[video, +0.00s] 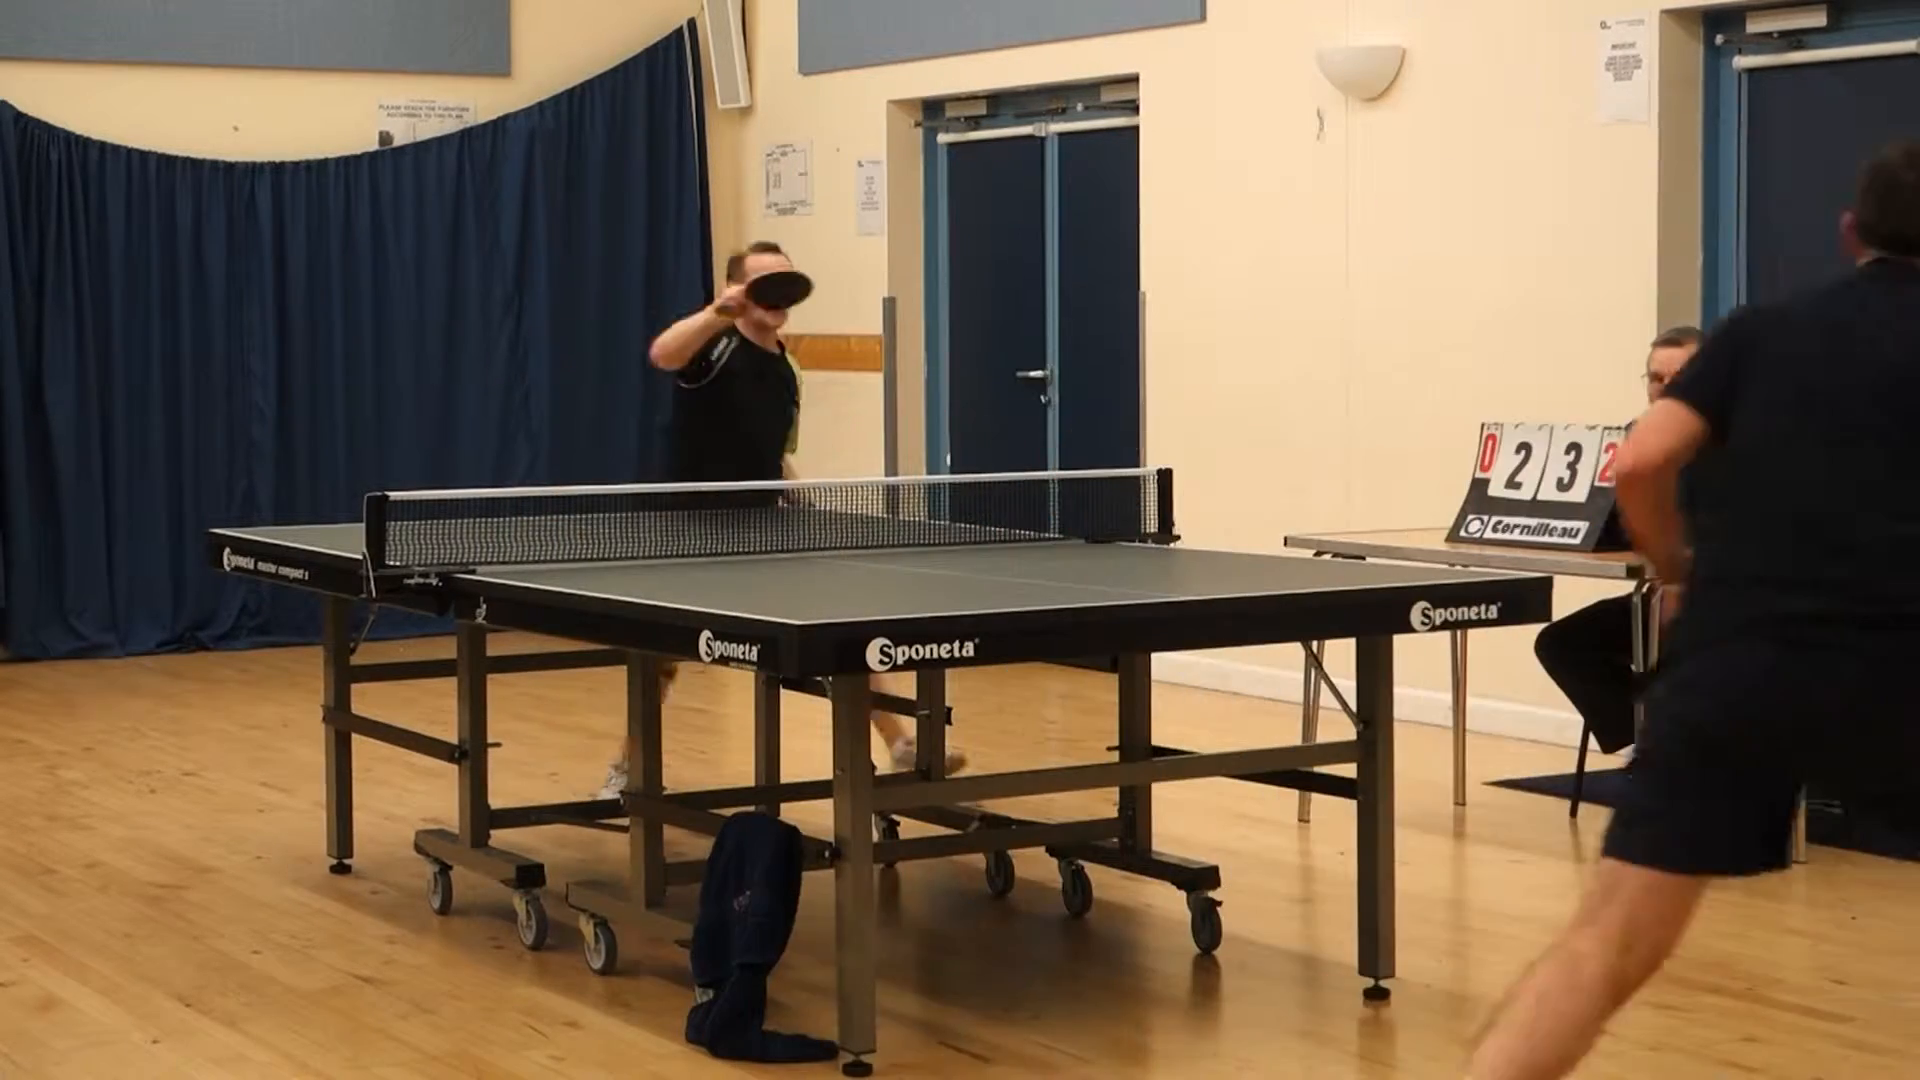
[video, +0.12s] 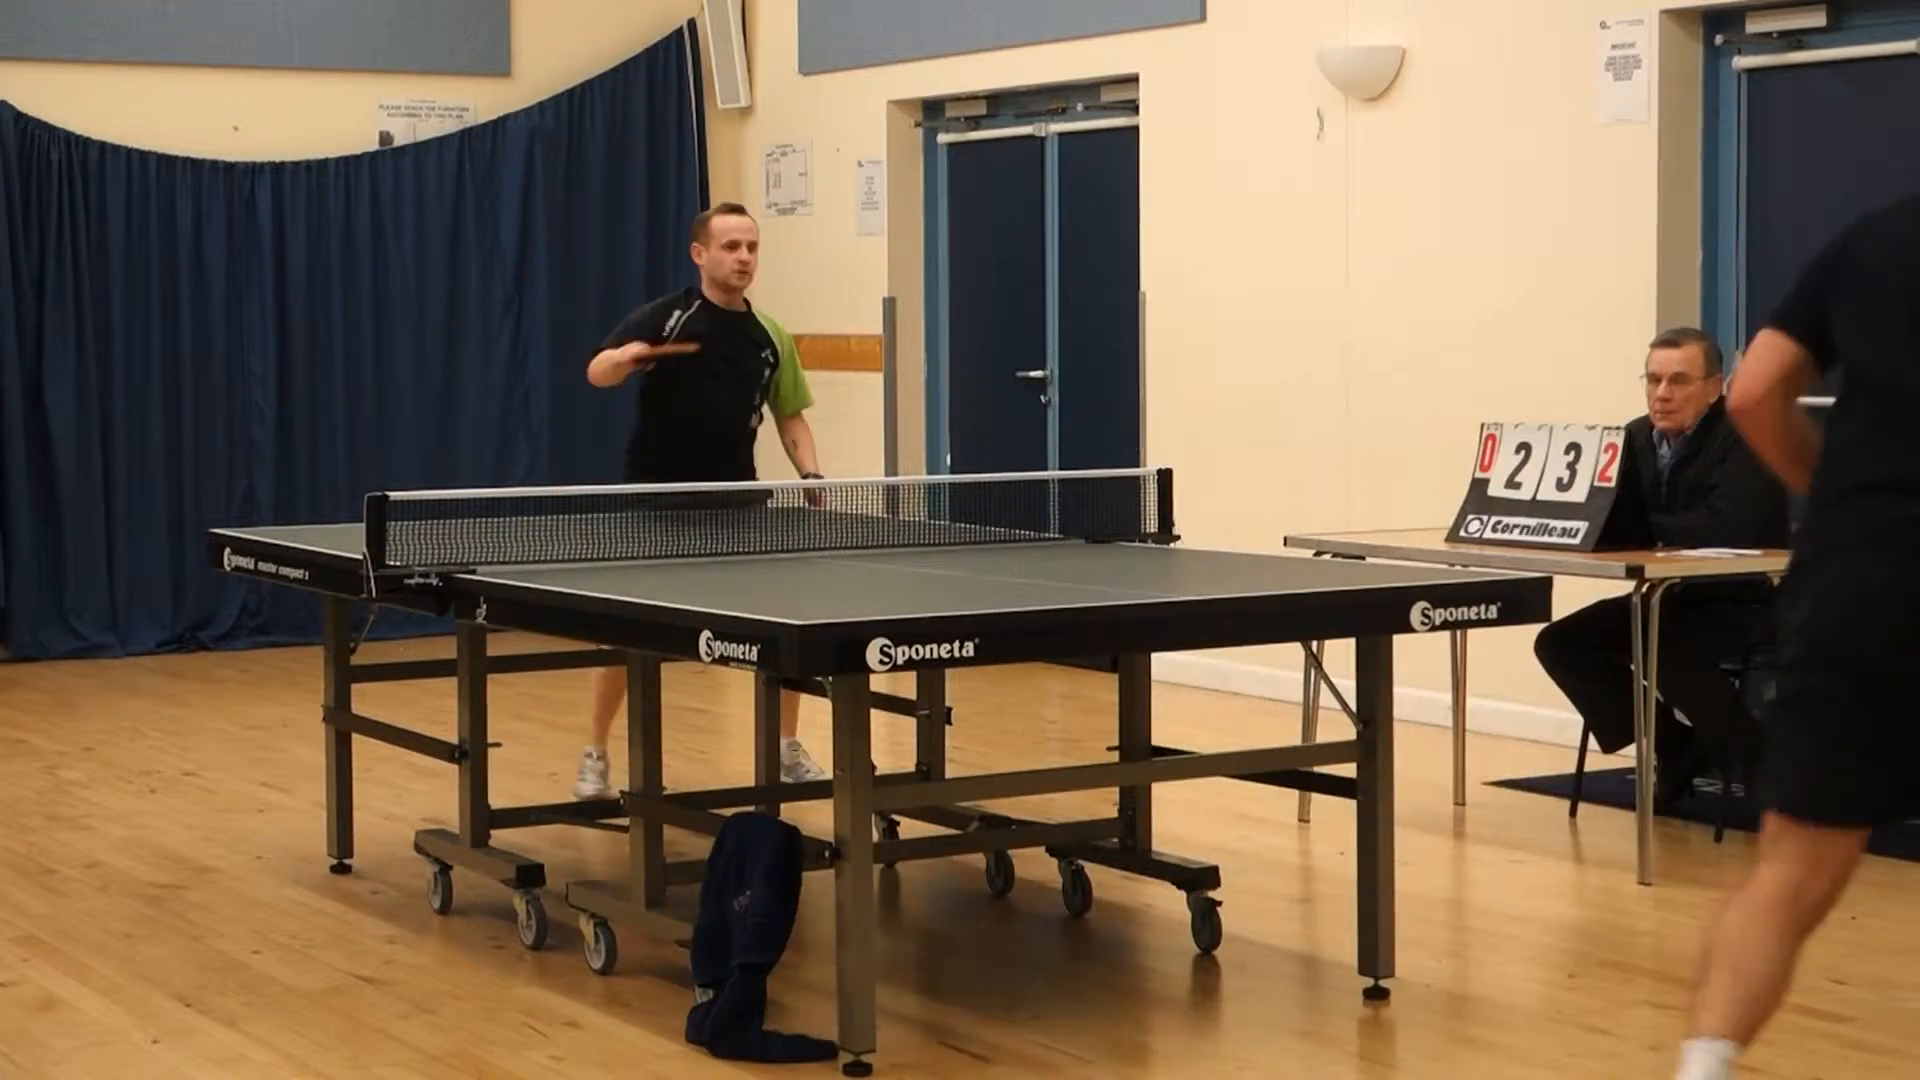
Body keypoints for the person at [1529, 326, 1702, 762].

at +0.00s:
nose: (1666, 390)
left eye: (1679, 379)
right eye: (1657, 379)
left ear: (1704, 383)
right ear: (1646, 381)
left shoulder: (1722, 445)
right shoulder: (1639, 440)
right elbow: (1602, 534)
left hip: (1720, 602)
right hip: (1662, 595)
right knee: (1559, 643)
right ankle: (1646, 742)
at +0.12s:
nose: (1662, 393)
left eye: (1678, 381)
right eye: (1654, 380)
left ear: (1715, 388)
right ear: (1644, 384)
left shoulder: (1746, 441)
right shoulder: (1637, 438)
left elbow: (1734, 527)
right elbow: (1609, 519)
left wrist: (1642, 529)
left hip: (1744, 602)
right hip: (1663, 596)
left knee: (1672, 647)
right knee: (1560, 644)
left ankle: (1746, 748)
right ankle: (1675, 743)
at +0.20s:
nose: (1657, 393)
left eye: (1673, 381)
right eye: (1651, 380)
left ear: (1713, 388)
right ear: (1642, 382)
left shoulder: (1745, 434)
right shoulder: (1639, 437)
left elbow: (1734, 527)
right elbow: (1610, 518)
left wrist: (1643, 529)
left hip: (1753, 600)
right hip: (1671, 596)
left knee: (1668, 648)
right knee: (1561, 644)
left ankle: (1756, 752)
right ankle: (1674, 743)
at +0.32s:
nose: (1652, 390)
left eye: (1667, 380)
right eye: (1647, 378)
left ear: (1710, 387)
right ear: (1641, 379)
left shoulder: (1746, 436)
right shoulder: (1640, 437)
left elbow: (1733, 527)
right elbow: (1611, 518)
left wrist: (1643, 530)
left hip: (1753, 600)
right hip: (1671, 595)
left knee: (1667, 646)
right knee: (1561, 644)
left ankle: (1759, 754)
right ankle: (1673, 741)